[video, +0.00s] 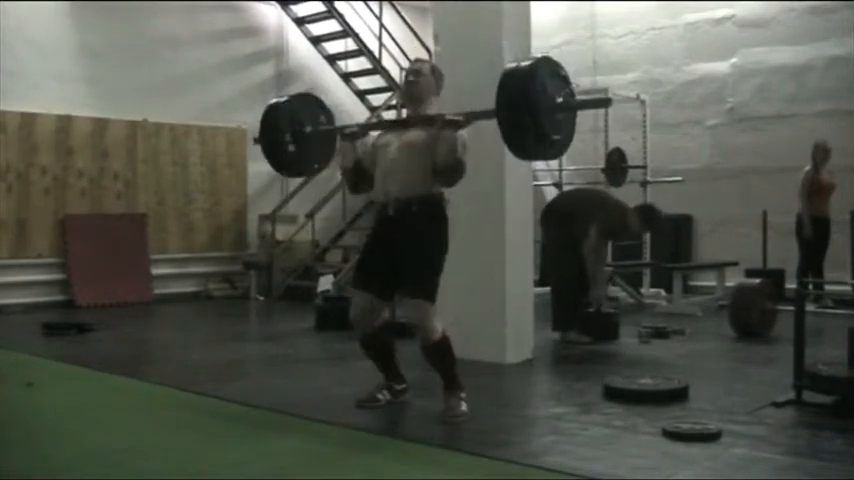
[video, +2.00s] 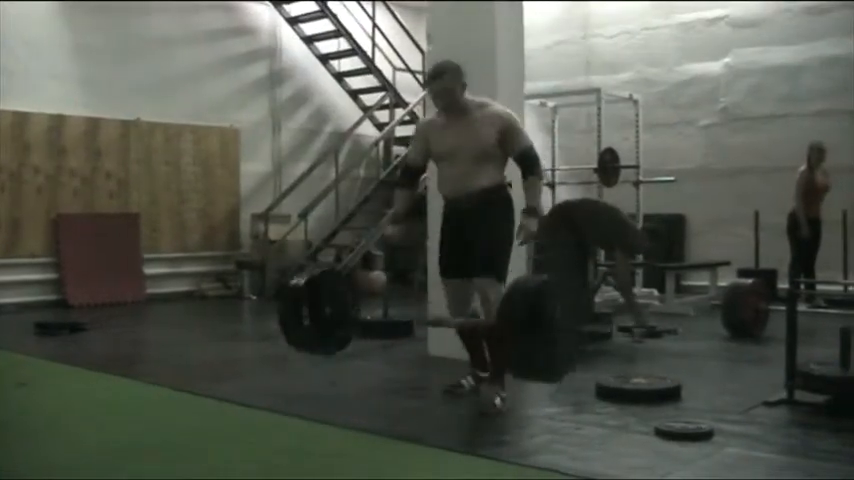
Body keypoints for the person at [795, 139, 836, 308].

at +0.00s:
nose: (825, 157)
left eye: (826, 154)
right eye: (822, 154)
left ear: (828, 156)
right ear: (814, 154)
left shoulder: (826, 174)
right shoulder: (809, 174)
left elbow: (824, 198)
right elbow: (803, 199)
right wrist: (806, 223)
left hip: (822, 219)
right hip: (808, 219)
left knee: (818, 258)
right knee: (806, 258)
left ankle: (819, 293)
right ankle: (802, 292)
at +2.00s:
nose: (820, 158)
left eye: (822, 155)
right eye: (817, 154)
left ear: (823, 156)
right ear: (810, 155)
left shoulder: (822, 173)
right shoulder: (805, 173)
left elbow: (819, 196)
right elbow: (799, 200)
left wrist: (825, 187)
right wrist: (803, 224)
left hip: (813, 219)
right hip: (800, 218)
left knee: (810, 259)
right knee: (798, 258)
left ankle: (811, 294)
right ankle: (794, 293)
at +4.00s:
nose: (817, 161)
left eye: (819, 157)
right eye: (814, 157)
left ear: (820, 158)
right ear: (806, 156)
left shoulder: (819, 174)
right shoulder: (797, 174)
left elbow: (820, 198)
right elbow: (791, 199)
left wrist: (824, 191)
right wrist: (814, 191)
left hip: (818, 219)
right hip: (802, 218)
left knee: (812, 260)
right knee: (800, 258)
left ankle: (812, 295)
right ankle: (793, 294)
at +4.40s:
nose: (819, 161)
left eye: (820, 158)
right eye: (816, 157)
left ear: (821, 159)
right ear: (807, 155)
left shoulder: (814, 175)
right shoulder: (798, 174)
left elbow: (813, 199)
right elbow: (792, 198)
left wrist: (823, 192)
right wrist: (816, 192)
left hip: (817, 219)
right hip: (803, 219)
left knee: (813, 260)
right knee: (802, 259)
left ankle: (812, 295)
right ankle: (793, 294)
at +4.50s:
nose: (819, 161)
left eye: (821, 158)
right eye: (817, 157)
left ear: (821, 158)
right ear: (808, 155)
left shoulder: (813, 174)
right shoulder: (798, 174)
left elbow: (812, 199)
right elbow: (792, 198)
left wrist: (823, 192)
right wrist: (816, 191)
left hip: (816, 219)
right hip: (803, 219)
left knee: (813, 261)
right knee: (802, 260)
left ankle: (812, 296)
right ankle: (793, 295)